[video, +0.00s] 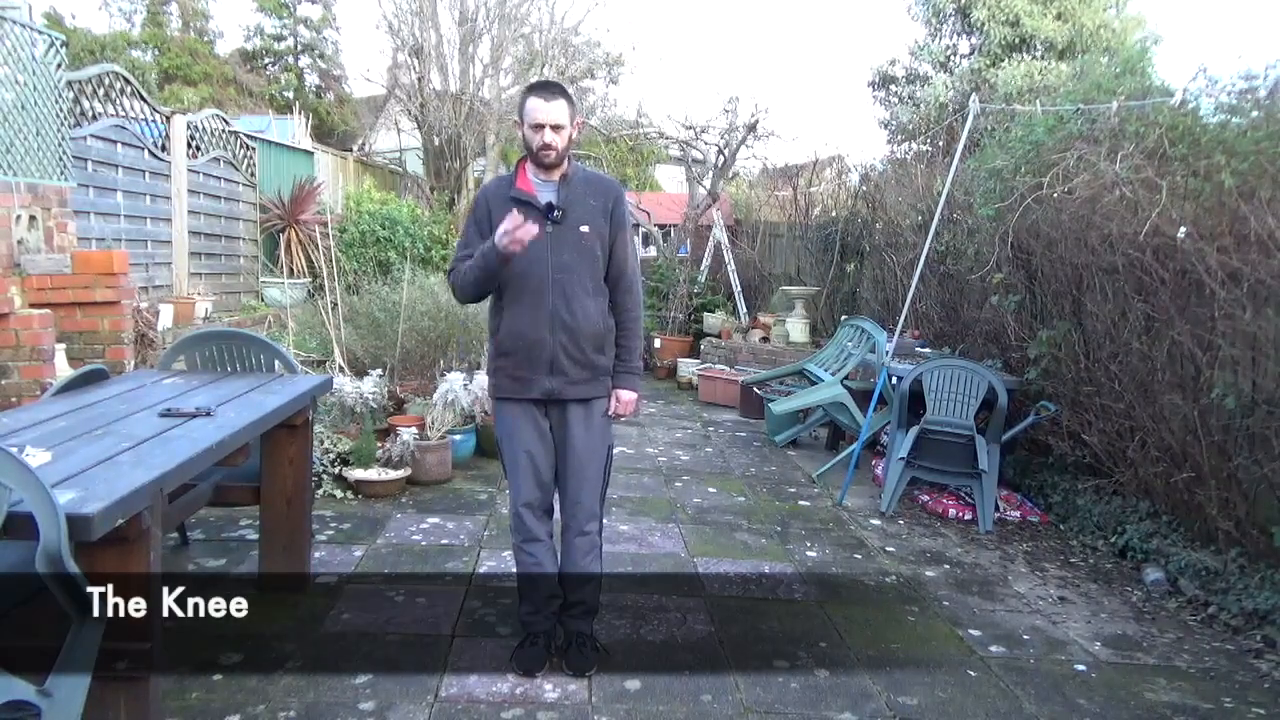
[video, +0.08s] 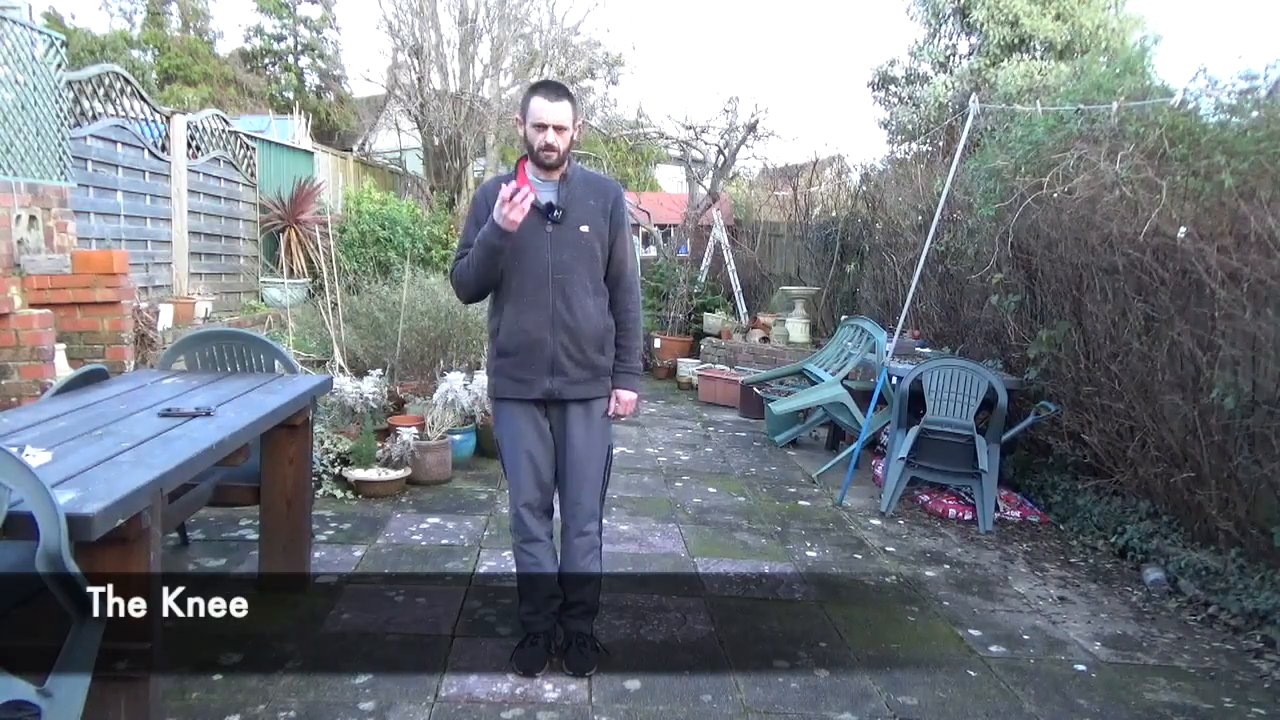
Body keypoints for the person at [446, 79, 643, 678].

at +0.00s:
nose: (547, 138)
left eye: (557, 127)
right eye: (537, 127)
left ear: (574, 129)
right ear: (522, 129)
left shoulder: (605, 194)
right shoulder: (493, 196)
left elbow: (627, 290)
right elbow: (464, 286)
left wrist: (628, 374)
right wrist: (500, 248)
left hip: (589, 376)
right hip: (516, 377)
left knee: (584, 509)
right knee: (529, 506)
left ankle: (579, 631)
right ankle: (535, 632)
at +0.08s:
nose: (551, 138)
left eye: (560, 128)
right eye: (540, 128)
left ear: (575, 130)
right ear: (523, 128)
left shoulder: (606, 195)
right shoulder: (494, 194)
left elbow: (625, 291)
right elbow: (466, 288)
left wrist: (627, 374)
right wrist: (500, 230)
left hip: (590, 376)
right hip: (516, 376)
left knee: (583, 509)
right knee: (529, 506)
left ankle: (580, 631)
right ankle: (536, 631)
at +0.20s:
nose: (556, 139)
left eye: (565, 130)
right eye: (546, 128)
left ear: (578, 132)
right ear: (526, 127)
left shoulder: (606, 194)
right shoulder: (493, 194)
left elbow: (625, 291)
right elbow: (468, 287)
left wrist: (628, 375)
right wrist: (500, 226)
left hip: (590, 376)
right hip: (517, 376)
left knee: (583, 509)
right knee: (529, 506)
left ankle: (580, 630)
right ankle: (536, 631)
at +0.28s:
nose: (557, 141)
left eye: (567, 132)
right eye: (548, 130)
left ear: (580, 134)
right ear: (528, 128)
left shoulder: (606, 195)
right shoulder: (494, 194)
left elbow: (625, 292)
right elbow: (466, 288)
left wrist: (627, 376)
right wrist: (497, 237)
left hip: (589, 376)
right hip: (516, 376)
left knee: (583, 509)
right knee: (529, 506)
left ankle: (579, 632)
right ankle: (535, 632)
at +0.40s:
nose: (560, 144)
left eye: (570, 134)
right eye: (550, 132)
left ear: (583, 136)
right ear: (529, 128)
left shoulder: (606, 197)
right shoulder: (493, 196)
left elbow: (625, 292)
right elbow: (464, 289)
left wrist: (627, 377)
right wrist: (495, 257)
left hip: (589, 377)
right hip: (516, 378)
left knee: (584, 510)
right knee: (528, 507)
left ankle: (580, 632)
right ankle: (535, 632)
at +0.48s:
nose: (560, 144)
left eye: (570, 135)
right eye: (550, 132)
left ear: (583, 136)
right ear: (529, 129)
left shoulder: (607, 198)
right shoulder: (493, 197)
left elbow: (625, 293)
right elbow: (465, 290)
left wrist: (627, 377)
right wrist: (495, 263)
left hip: (589, 378)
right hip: (516, 378)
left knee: (583, 511)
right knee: (529, 508)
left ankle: (579, 632)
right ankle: (535, 633)